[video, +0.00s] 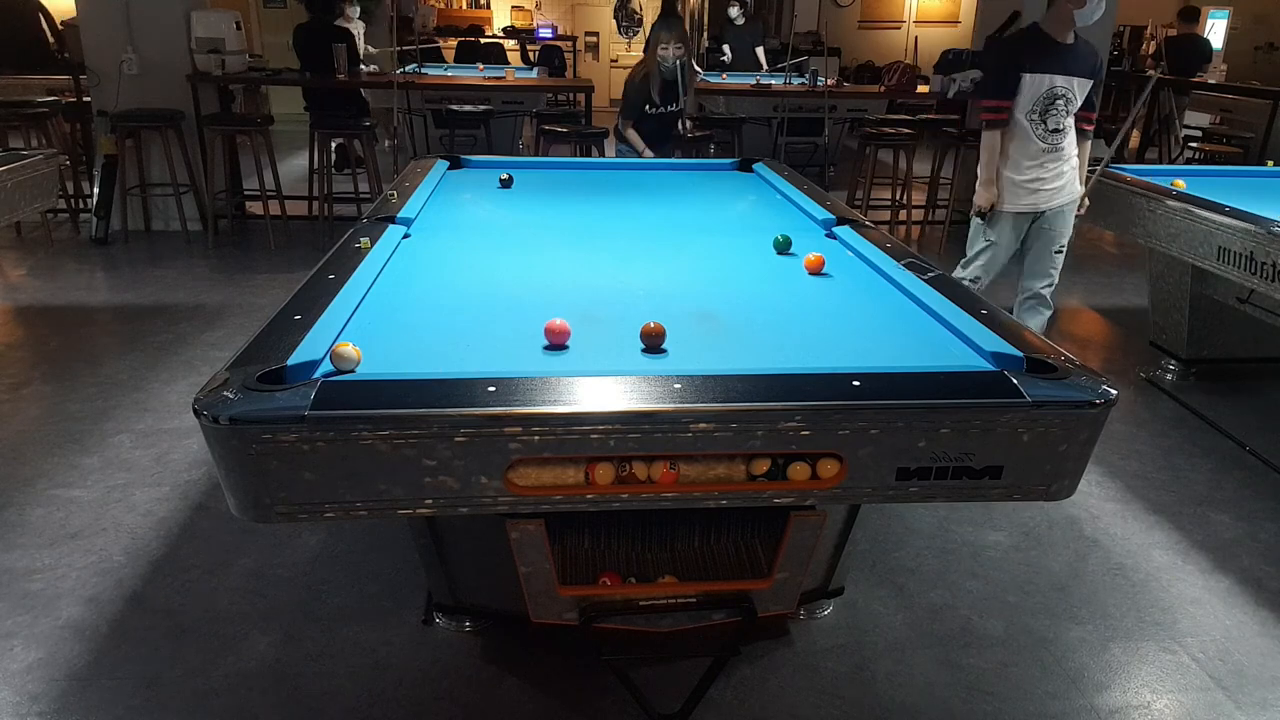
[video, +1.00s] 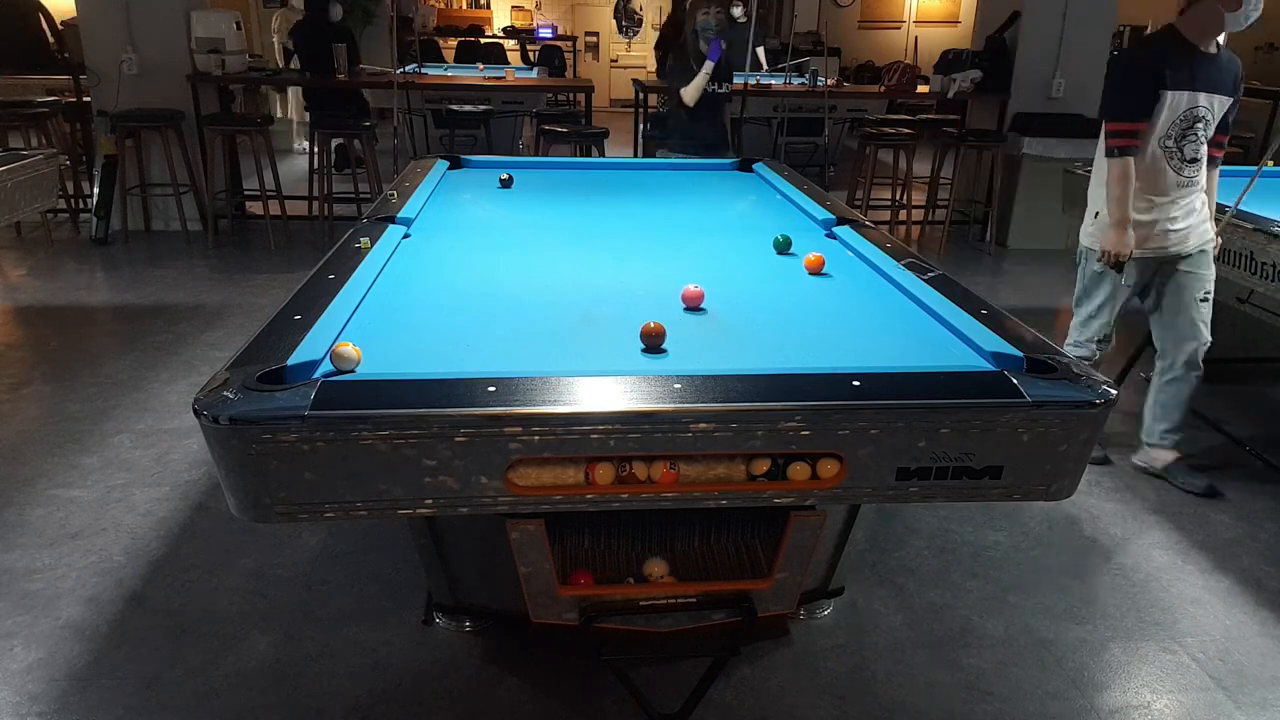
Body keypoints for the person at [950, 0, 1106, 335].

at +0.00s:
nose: (1085, 5)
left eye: (1087, 1)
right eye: (1078, 1)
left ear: (1084, 7)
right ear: (1059, 2)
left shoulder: (1090, 58)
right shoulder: (1009, 49)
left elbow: (1084, 128)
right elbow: (992, 122)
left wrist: (1079, 185)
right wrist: (985, 184)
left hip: (1061, 195)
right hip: (1008, 194)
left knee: (1039, 293)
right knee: (970, 282)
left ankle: (1025, 369)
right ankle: (929, 351)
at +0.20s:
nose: (1126, 6)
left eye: (1128, 2)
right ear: (1097, 2)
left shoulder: (1121, 65)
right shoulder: (1035, 54)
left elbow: (1115, 139)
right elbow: (1015, 127)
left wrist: (1119, 195)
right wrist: (1009, 188)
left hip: (1083, 200)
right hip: (1031, 195)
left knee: (1052, 294)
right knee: (1017, 288)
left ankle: (1025, 366)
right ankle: (980, 364)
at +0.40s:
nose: (1156, 8)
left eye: (1158, 2)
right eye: (1149, 1)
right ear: (1124, 4)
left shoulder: (1143, 69)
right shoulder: (1062, 60)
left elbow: (1136, 141)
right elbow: (1041, 137)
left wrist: (1153, 195)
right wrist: (1041, 202)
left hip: (1100, 207)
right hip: (1052, 204)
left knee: (1058, 303)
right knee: (1053, 307)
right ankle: (1045, 393)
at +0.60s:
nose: (1179, 13)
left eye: (1181, 7)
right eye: (1173, 5)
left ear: (1166, 11)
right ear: (1146, 3)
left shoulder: (1168, 67)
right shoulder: (1087, 61)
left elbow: (1160, 144)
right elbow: (1070, 146)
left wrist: (1173, 203)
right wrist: (1069, 211)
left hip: (1122, 215)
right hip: (1076, 211)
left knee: (1070, 312)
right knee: (1074, 320)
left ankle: (1014, 383)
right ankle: (1067, 430)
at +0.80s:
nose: (1206, 11)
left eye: (1208, 5)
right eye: (1201, 4)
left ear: (1192, 7)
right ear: (1177, 3)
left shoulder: (1199, 65)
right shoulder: (1108, 59)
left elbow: (1188, 149)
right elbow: (1089, 144)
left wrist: (1184, 212)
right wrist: (1097, 212)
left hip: (1154, 223)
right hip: (1093, 219)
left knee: (1141, 319)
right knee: (1080, 330)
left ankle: (1087, 371)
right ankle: (1071, 435)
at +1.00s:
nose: (1243, 11)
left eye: (1244, 5)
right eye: (1238, 3)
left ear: (1225, 7)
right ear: (1213, 2)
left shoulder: (1229, 71)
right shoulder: (1138, 58)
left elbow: (1213, 156)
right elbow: (1119, 149)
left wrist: (1207, 223)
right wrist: (1119, 224)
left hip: (1186, 234)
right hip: (1118, 230)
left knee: (1187, 344)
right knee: (1089, 341)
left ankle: (1157, 448)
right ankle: (1066, 436)